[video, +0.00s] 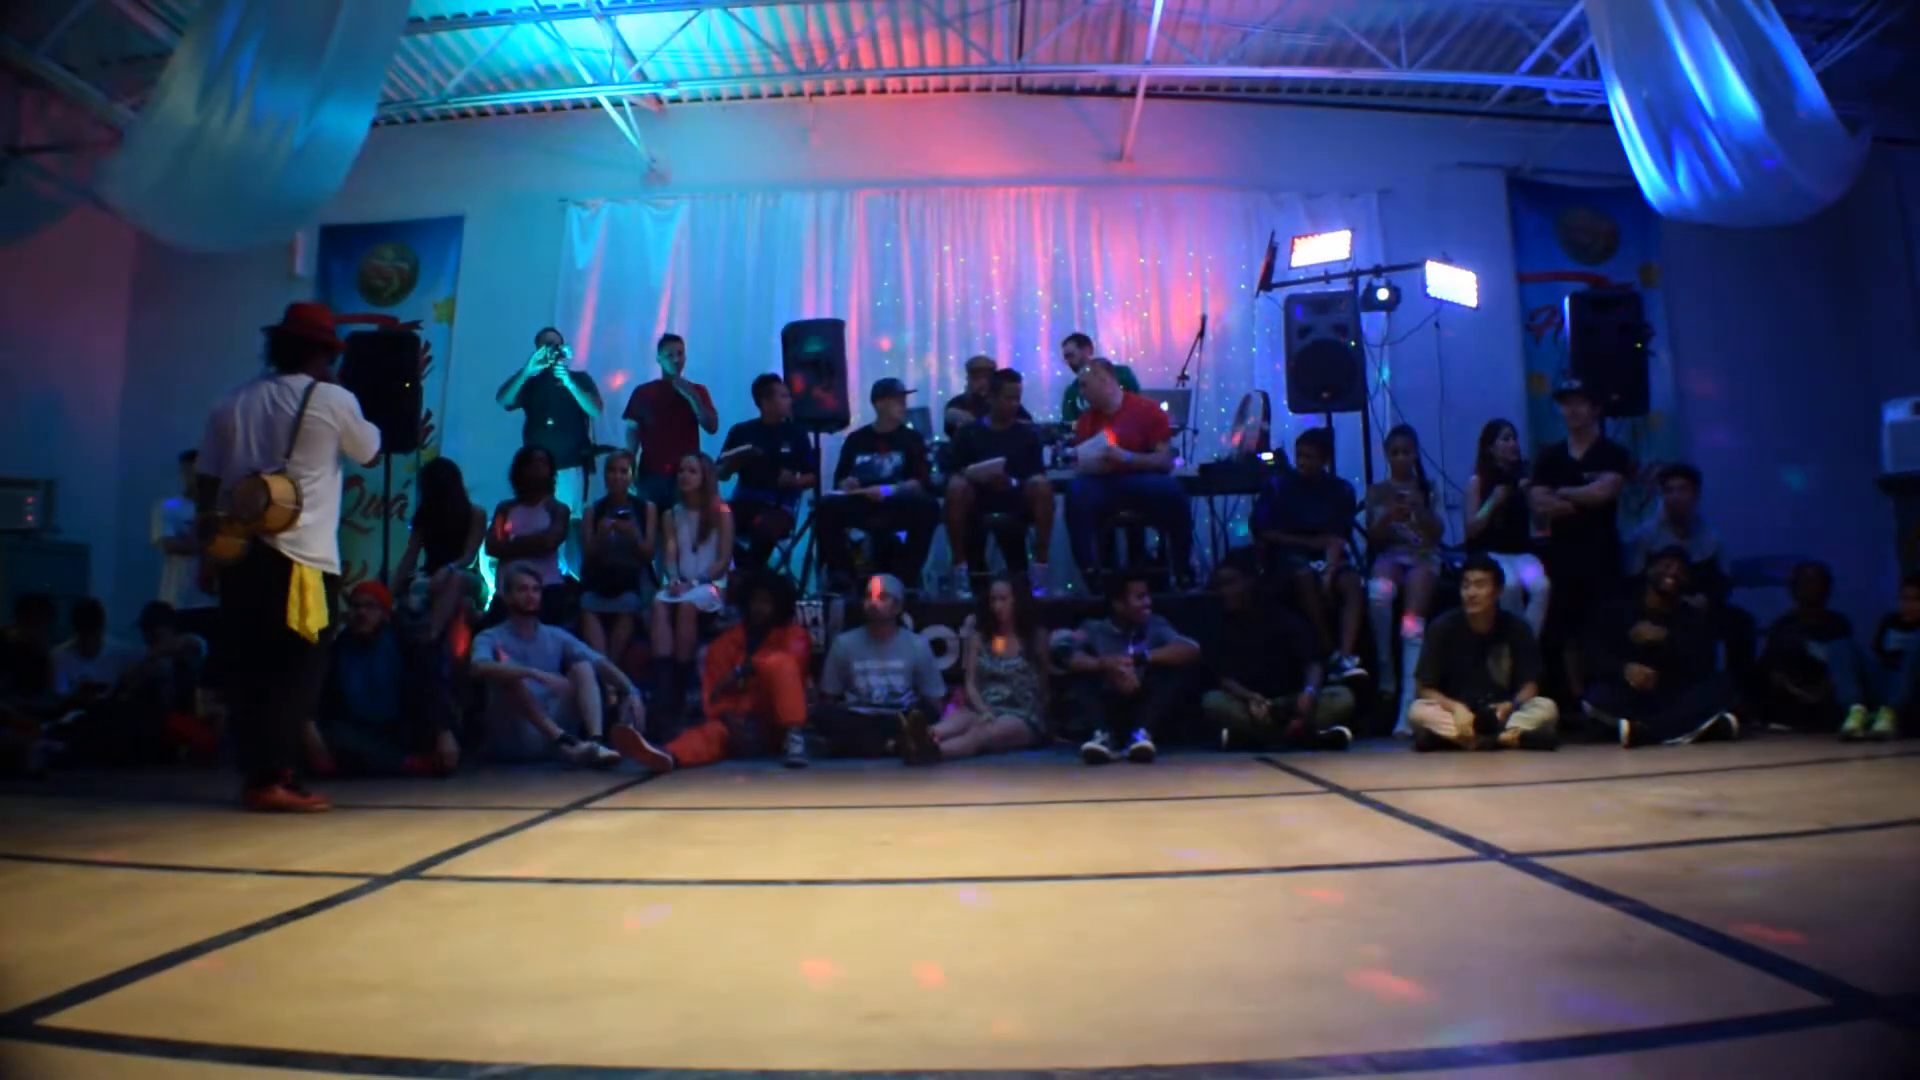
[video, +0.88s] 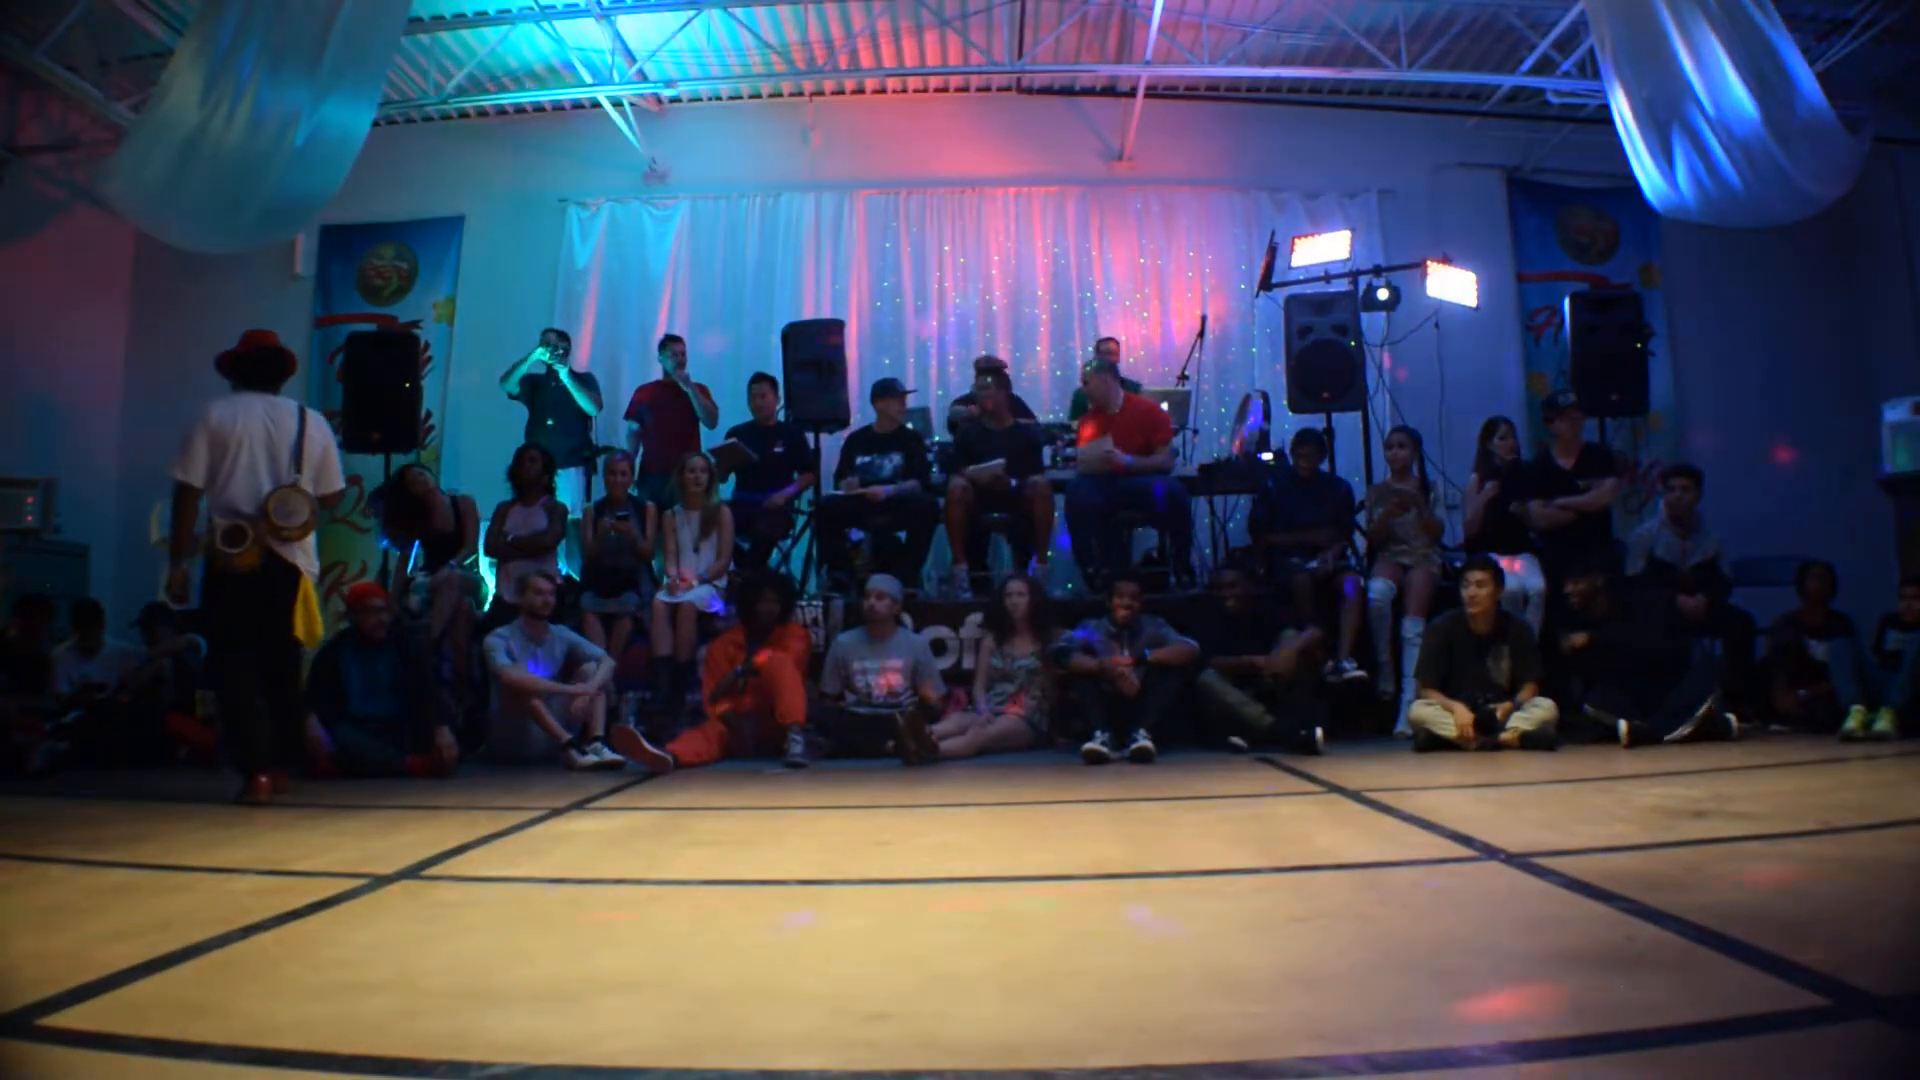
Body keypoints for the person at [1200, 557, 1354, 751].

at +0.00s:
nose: (1227, 591)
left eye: (1232, 583)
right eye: (1222, 585)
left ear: (1249, 582)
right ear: (1217, 590)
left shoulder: (1279, 615)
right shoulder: (1221, 626)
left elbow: (1313, 662)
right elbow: (1221, 676)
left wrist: (1308, 696)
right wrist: (1250, 698)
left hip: (1291, 694)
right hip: (1249, 700)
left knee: (1341, 698)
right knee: (1213, 702)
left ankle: (1251, 737)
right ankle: (1307, 737)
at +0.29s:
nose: (1217, 594)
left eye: (1223, 586)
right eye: (1212, 589)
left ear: (1240, 585)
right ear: (1207, 592)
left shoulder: (1265, 613)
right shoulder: (1211, 625)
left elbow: (1313, 653)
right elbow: (1212, 670)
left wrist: (1309, 670)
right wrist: (1249, 674)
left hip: (1287, 684)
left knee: (1335, 685)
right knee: (1215, 687)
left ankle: (1251, 736)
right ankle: (1305, 735)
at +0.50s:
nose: (1218, 593)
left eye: (1223, 586)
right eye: (1213, 588)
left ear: (1239, 585)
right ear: (1209, 591)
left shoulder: (1264, 611)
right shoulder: (1212, 622)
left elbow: (1311, 640)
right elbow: (1213, 663)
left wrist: (1287, 661)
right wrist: (1253, 662)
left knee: (1322, 666)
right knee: (1219, 678)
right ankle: (1298, 732)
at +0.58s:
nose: (1218, 593)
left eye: (1224, 586)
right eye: (1214, 588)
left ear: (1241, 586)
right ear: (1211, 591)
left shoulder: (1264, 614)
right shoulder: (1212, 624)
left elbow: (1315, 636)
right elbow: (1212, 665)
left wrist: (1287, 660)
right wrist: (1256, 663)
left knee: (1317, 660)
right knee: (1215, 680)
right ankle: (1297, 733)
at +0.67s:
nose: (1221, 593)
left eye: (1226, 585)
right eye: (1216, 588)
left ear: (1243, 586)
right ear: (1212, 592)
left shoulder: (1265, 613)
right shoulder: (1212, 623)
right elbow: (1208, 664)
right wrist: (1253, 664)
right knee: (1213, 681)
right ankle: (1293, 733)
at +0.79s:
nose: (1226, 594)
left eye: (1232, 586)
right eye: (1221, 588)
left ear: (1247, 586)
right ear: (1215, 593)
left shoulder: (1266, 612)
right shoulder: (1215, 621)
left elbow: (1314, 624)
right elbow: (1212, 661)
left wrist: (1312, 639)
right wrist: (1252, 663)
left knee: (1293, 638)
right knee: (1210, 679)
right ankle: (1282, 733)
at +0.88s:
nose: (1227, 594)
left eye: (1233, 587)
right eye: (1221, 589)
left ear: (1248, 587)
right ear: (1215, 592)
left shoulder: (1267, 614)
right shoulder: (1214, 622)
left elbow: (1314, 632)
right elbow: (1207, 660)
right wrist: (1260, 662)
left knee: (1290, 637)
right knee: (1207, 678)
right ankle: (1279, 732)